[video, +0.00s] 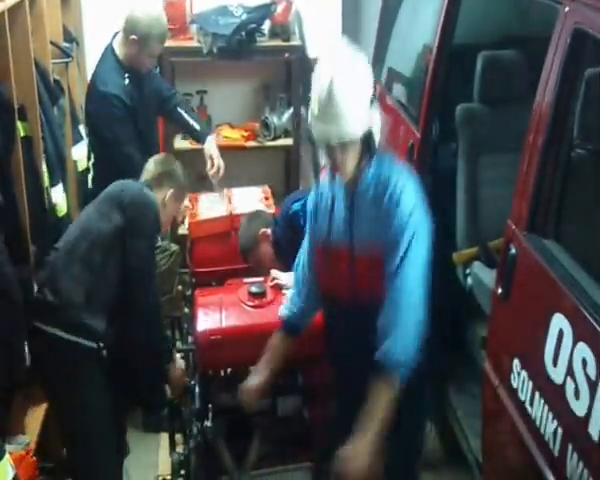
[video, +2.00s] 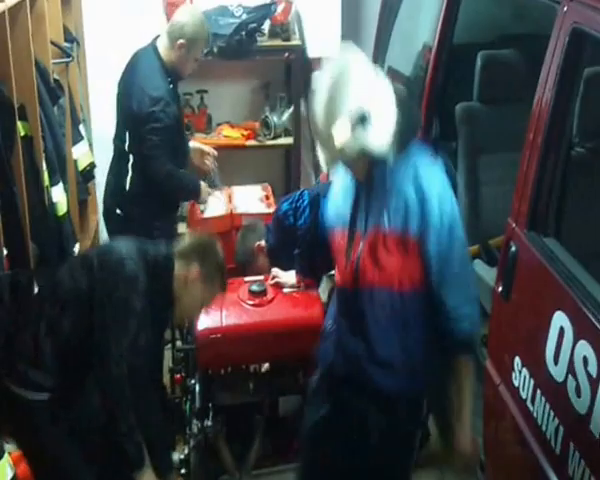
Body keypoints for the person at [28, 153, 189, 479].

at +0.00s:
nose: (173, 222)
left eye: (179, 214)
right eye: (177, 211)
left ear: (152, 184)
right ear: (167, 194)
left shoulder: (122, 194)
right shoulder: (140, 201)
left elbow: (136, 300)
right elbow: (141, 299)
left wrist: (165, 358)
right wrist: (165, 363)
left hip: (50, 328)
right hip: (74, 339)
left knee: (90, 448)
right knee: (103, 452)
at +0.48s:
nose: (171, 231)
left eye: (174, 225)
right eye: (174, 222)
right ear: (170, 204)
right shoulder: (151, 200)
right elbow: (153, 278)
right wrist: (171, 357)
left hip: (53, 323)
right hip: (86, 328)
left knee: (96, 430)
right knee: (111, 428)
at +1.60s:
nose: (186, 239)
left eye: (193, 231)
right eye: (190, 226)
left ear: (171, 195)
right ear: (173, 197)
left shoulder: (141, 216)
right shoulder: (125, 217)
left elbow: (143, 312)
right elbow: (117, 311)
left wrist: (150, 379)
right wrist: (142, 383)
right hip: (55, 356)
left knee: (111, 454)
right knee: (81, 461)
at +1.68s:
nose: (190, 249)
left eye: (196, 241)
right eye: (193, 236)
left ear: (177, 205)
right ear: (178, 205)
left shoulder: (150, 232)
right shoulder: (121, 222)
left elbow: (143, 325)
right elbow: (116, 322)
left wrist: (149, 392)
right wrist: (137, 395)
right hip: (53, 364)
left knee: (111, 459)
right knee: (77, 464)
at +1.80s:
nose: (192, 267)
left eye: (198, 258)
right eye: (196, 255)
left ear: (184, 225)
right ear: (184, 227)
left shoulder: (154, 248)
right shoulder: (123, 240)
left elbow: (144, 345)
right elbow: (110, 343)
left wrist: (150, 424)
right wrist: (125, 433)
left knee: (109, 463)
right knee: (76, 467)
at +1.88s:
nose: (193, 293)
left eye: (202, 284)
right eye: (200, 279)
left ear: (187, 249)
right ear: (189, 250)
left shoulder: (155, 267)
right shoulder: (125, 253)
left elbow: (147, 369)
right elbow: (115, 360)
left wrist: (159, 451)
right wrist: (132, 455)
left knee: (109, 465)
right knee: (73, 470)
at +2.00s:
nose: (196, 317)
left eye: (205, 307)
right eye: (204, 302)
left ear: (190, 274)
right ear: (192, 275)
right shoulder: (126, 271)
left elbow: (148, 382)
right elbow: (118, 373)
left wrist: (165, 463)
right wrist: (140, 464)